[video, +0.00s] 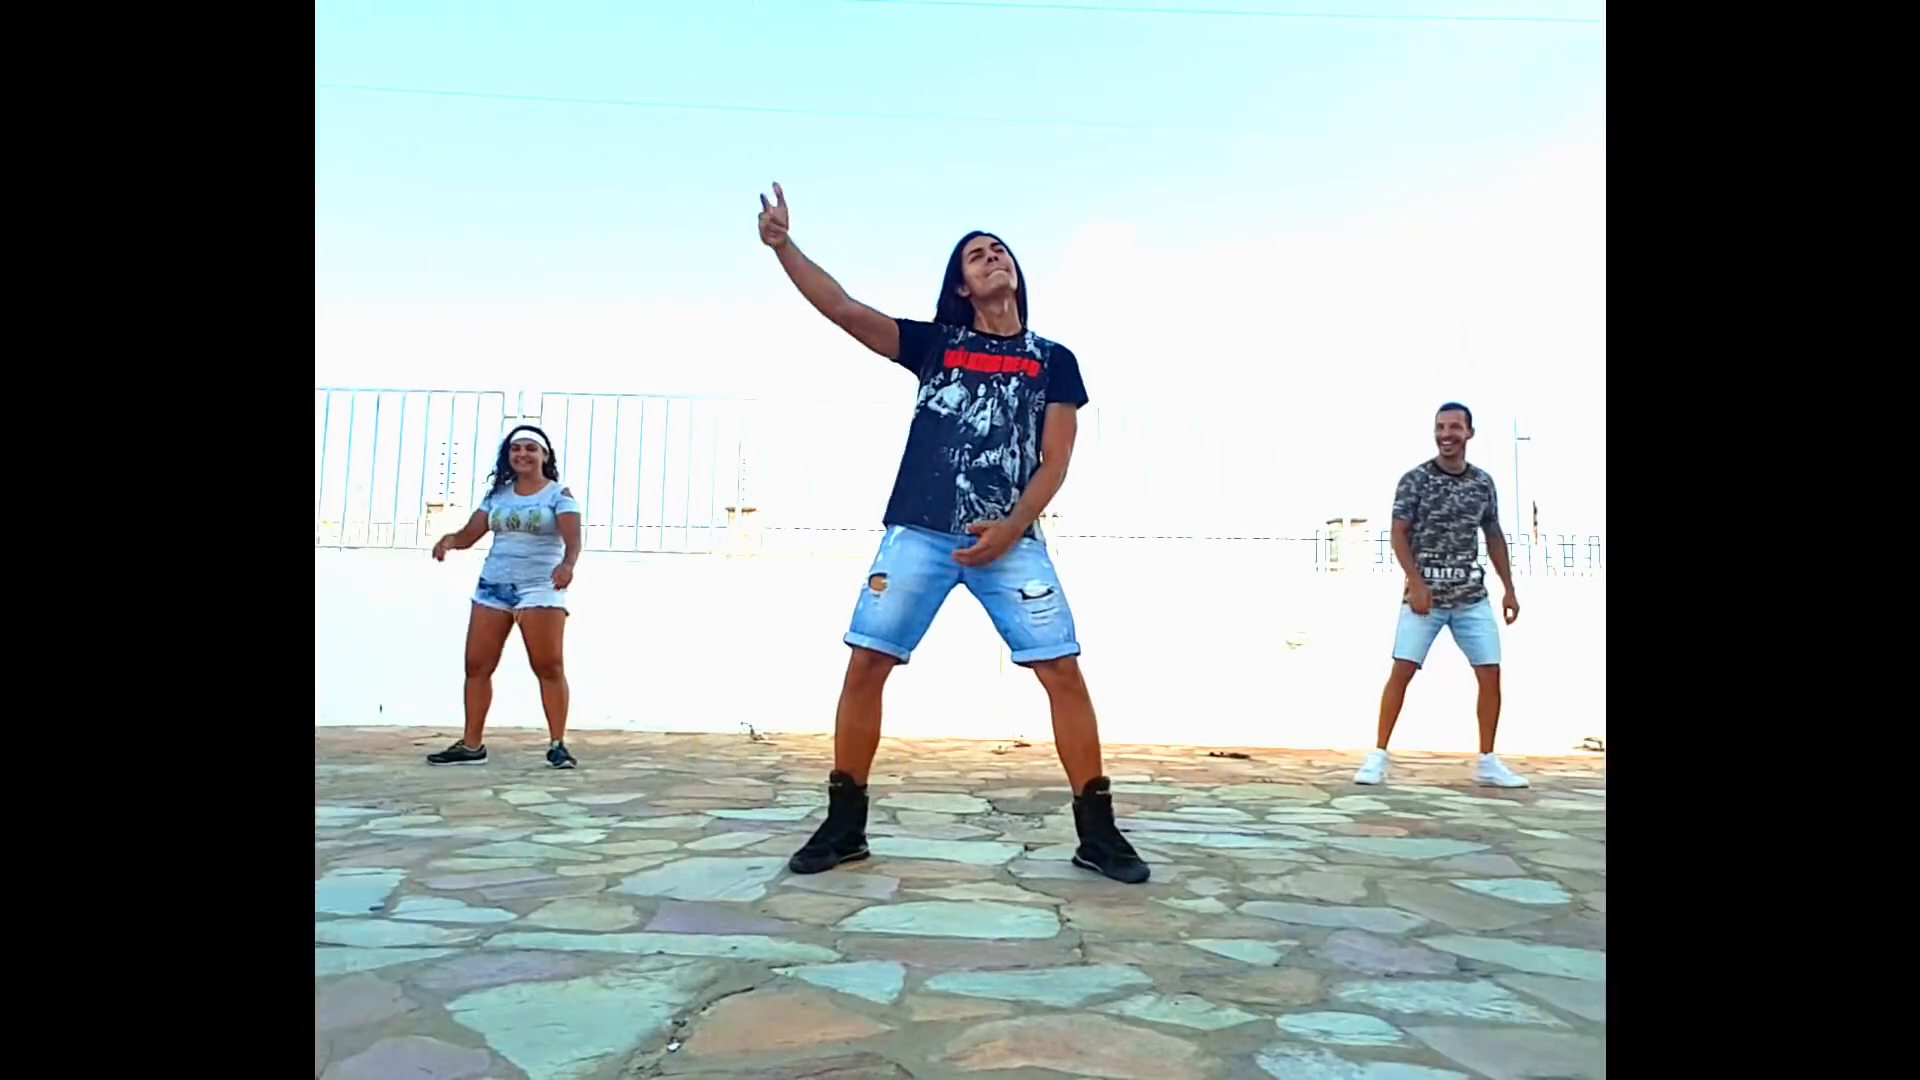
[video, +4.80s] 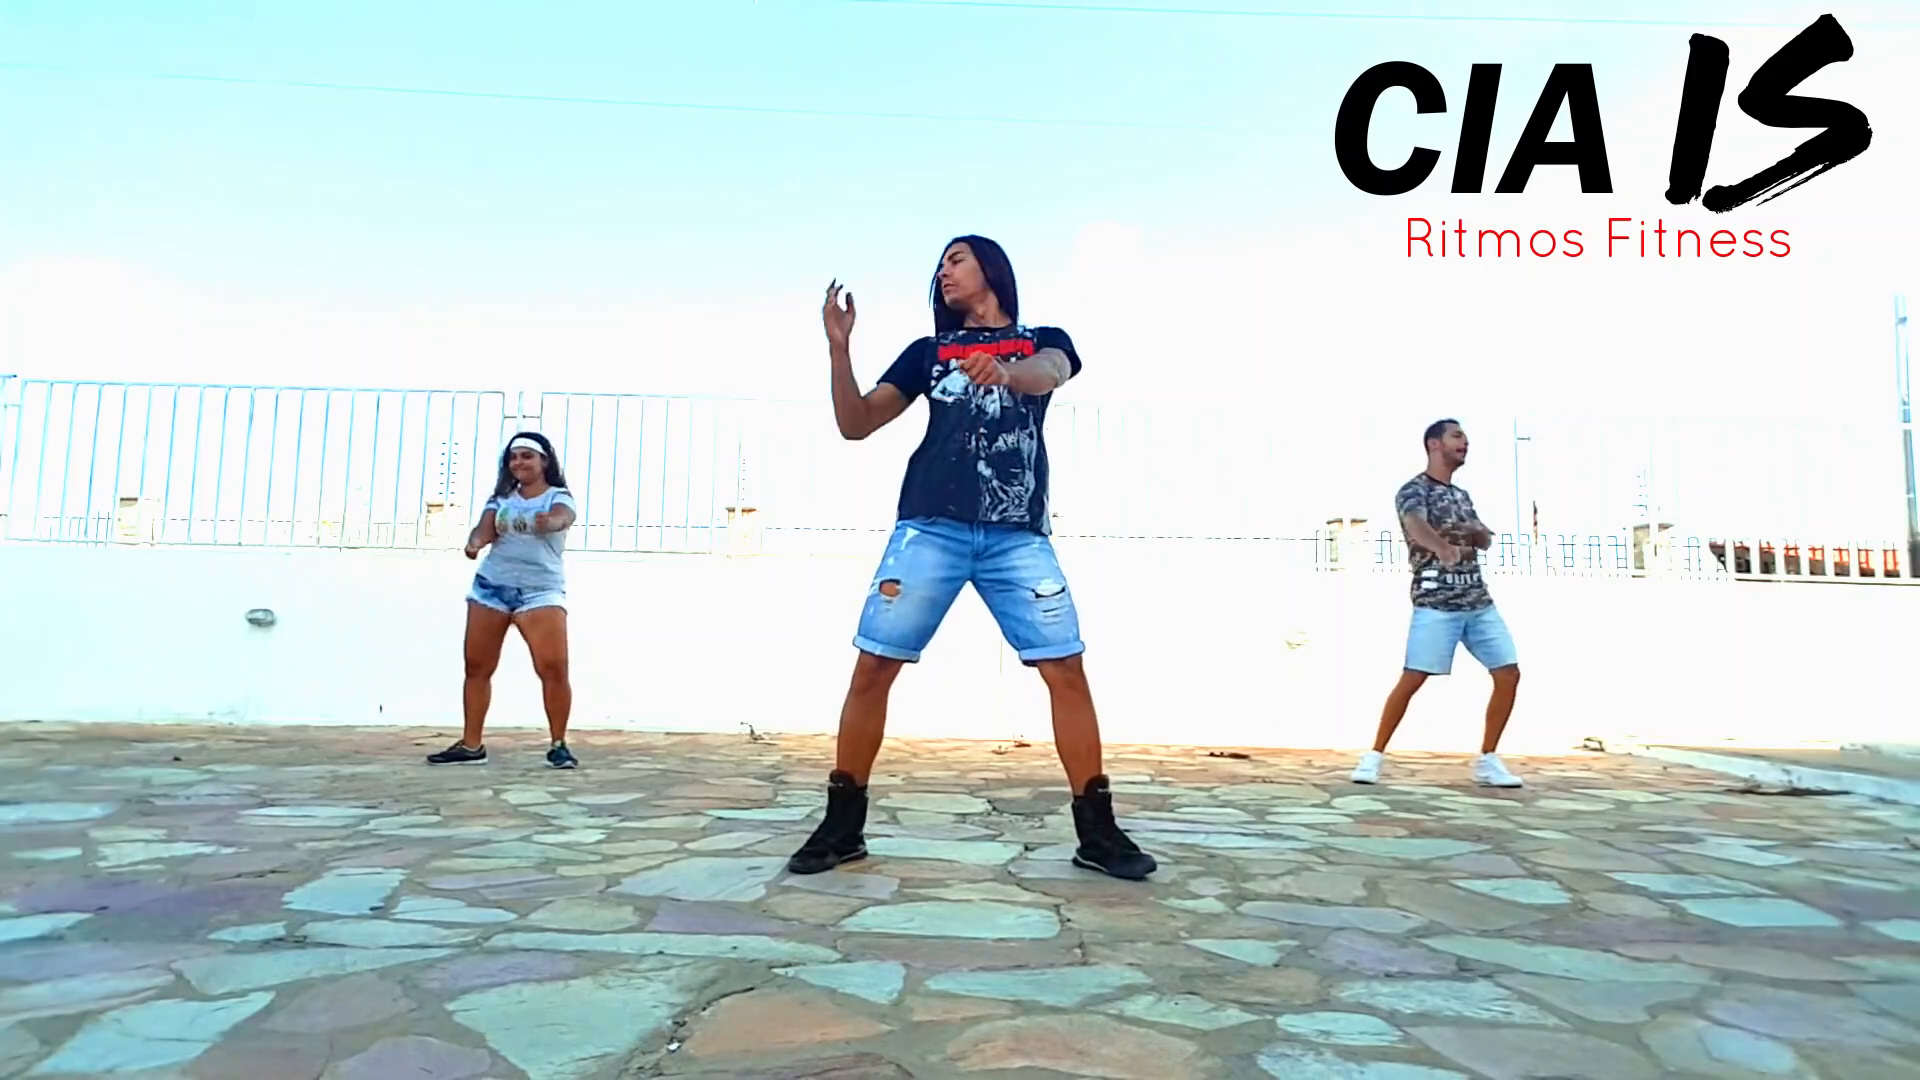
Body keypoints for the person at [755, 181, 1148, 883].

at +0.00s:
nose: (990, 260)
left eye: (998, 252)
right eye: (976, 259)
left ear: (1018, 273)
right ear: (961, 287)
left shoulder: (1053, 360)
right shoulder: (935, 344)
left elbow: (1055, 462)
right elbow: (845, 310)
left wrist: (1013, 527)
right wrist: (783, 245)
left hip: (1012, 538)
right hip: (919, 532)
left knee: (1062, 668)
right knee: (866, 664)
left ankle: (1097, 830)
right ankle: (844, 822)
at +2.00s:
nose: (999, 245)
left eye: (1003, 242)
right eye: (983, 243)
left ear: (1014, 267)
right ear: (958, 272)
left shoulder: (1052, 349)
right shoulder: (928, 334)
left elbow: (1067, 450)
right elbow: (831, 310)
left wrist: (1036, 529)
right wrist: (847, 249)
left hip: (1014, 535)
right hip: (923, 528)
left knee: (1060, 673)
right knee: (872, 667)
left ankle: (1096, 831)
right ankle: (843, 824)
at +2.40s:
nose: (988, 258)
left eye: (995, 250)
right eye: (973, 254)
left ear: (1012, 274)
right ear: (954, 282)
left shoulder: (1048, 352)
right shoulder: (925, 347)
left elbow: (1086, 437)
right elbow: (825, 377)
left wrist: (1037, 508)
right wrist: (852, 362)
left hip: (1011, 538)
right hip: (921, 534)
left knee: (1064, 675)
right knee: (865, 668)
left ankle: (1097, 831)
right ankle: (842, 824)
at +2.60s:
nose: (979, 261)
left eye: (988, 253)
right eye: (965, 255)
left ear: (1004, 272)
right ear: (946, 277)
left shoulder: (1041, 342)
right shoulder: (925, 348)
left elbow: (1062, 391)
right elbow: (875, 403)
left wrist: (1061, 409)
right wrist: (814, 356)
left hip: (1012, 533)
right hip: (923, 528)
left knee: (1058, 672)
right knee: (870, 666)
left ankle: (1096, 830)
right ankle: (842, 823)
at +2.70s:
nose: (975, 262)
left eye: (985, 254)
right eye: (961, 255)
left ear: (1001, 273)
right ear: (943, 276)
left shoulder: (1035, 339)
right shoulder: (923, 345)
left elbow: (1043, 377)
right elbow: (924, 394)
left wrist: (1033, 373)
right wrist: (863, 374)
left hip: (1011, 529)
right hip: (924, 525)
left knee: (1054, 669)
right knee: (871, 664)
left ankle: (1094, 828)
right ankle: (843, 822)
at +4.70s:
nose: (958, 274)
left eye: (970, 263)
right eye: (947, 270)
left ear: (997, 277)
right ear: (940, 292)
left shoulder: (1036, 344)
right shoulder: (919, 358)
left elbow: (1048, 372)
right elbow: (864, 429)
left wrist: (1009, 365)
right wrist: (901, 387)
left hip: (1016, 535)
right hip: (929, 532)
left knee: (1067, 668)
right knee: (870, 665)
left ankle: (1098, 832)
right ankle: (840, 823)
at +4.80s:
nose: (943, 272)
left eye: (956, 260)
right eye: (941, 267)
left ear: (992, 271)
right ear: (946, 286)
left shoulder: (1044, 340)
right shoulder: (931, 350)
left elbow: (1049, 372)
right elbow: (855, 423)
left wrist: (1004, 371)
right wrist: (840, 349)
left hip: (1017, 534)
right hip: (930, 530)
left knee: (1066, 667)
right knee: (873, 666)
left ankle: (1098, 831)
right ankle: (841, 824)